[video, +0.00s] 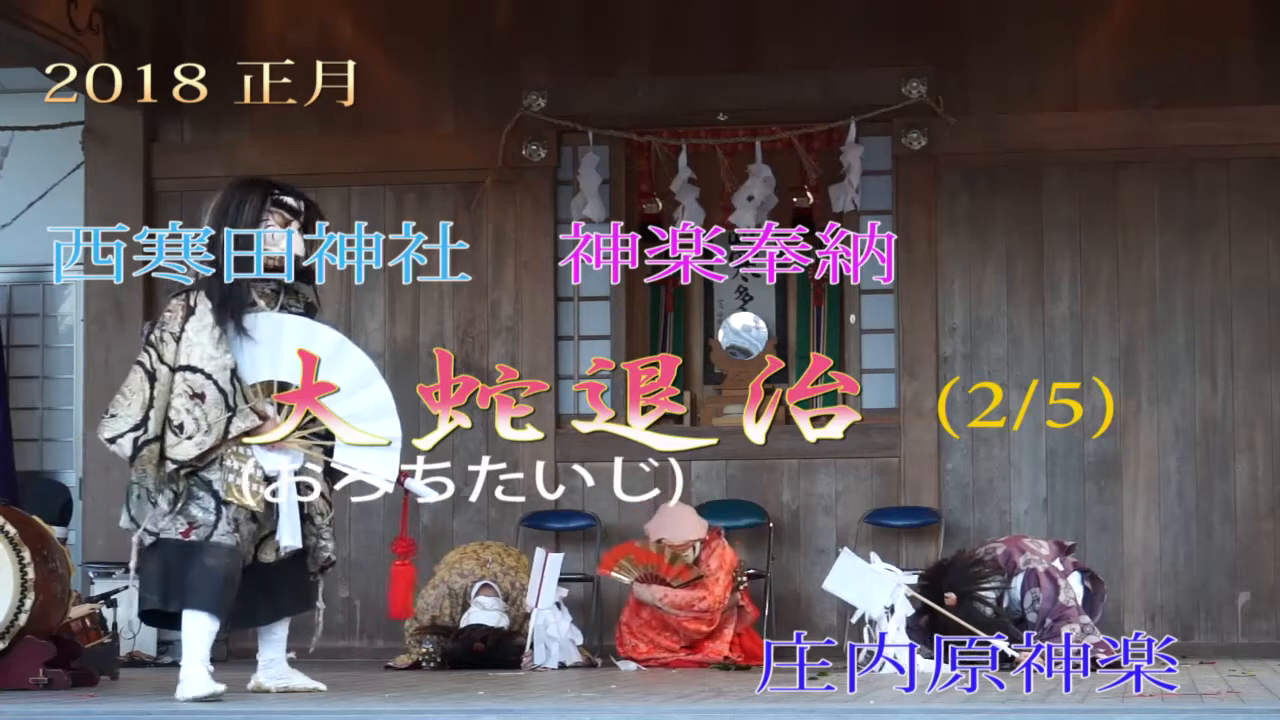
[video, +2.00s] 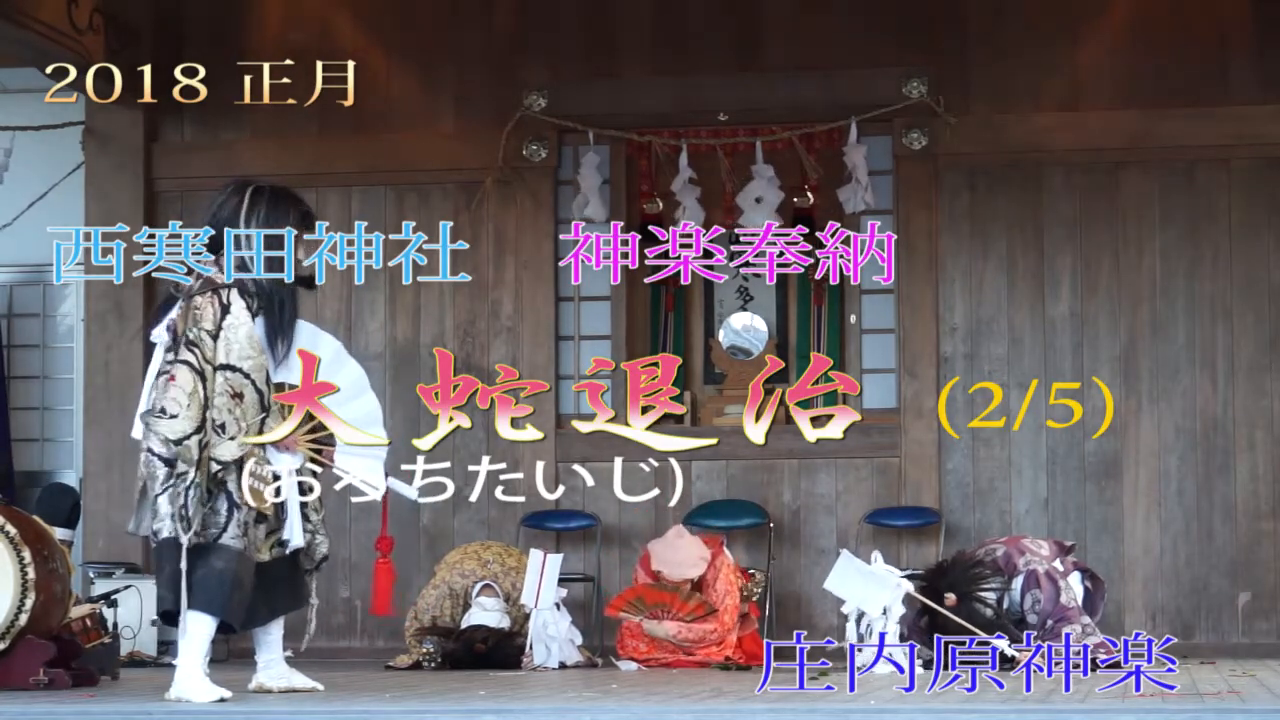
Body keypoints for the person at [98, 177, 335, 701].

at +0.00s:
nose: (287, 240)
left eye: (293, 229)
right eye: (274, 226)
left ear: (298, 238)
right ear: (240, 231)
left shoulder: (296, 308)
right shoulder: (202, 309)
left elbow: (317, 389)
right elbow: (186, 410)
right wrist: (247, 421)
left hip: (279, 460)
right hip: (217, 458)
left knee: (283, 549)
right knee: (217, 547)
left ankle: (273, 665)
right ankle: (194, 671)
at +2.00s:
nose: (305, 251)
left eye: (304, 238)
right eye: (297, 236)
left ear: (244, 236)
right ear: (263, 238)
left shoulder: (266, 307)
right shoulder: (216, 305)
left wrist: (302, 436)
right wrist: (264, 454)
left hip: (258, 459)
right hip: (219, 461)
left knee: (272, 552)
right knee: (221, 553)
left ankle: (272, 664)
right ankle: (190, 673)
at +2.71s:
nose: (306, 257)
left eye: (304, 243)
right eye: (299, 242)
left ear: (236, 238)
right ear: (268, 241)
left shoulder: (212, 303)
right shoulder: (246, 309)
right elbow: (263, 405)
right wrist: (318, 438)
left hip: (262, 449)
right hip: (233, 450)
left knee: (282, 549)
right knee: (231, 551)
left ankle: (273, 663)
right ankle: (191, 672)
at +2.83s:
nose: (300, 255)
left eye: (301, 244)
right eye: (296, 243)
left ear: (238, 239)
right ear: (270, 243)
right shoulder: (219, 304)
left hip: (247, 446)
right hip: (201, 451)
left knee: (287, 545)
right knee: (236, 547)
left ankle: (274, 663)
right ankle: (192, 670)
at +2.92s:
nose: (308, 262)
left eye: (308, 251)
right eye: (301, 249)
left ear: (237, 244)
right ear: (273, 247)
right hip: (202, 447)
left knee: (290, 546)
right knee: (251, 550)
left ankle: (274, 664)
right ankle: (194, 670)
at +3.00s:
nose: (291, 246)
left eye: (293, 235)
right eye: (281, 235)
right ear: (252, 234)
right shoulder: (225, 292)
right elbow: (228, 386)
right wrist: (277, 445)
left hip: (253, 443)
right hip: (218, 448)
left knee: (291, 546)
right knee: (263, 556)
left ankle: (273, 664)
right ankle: (195, 671)